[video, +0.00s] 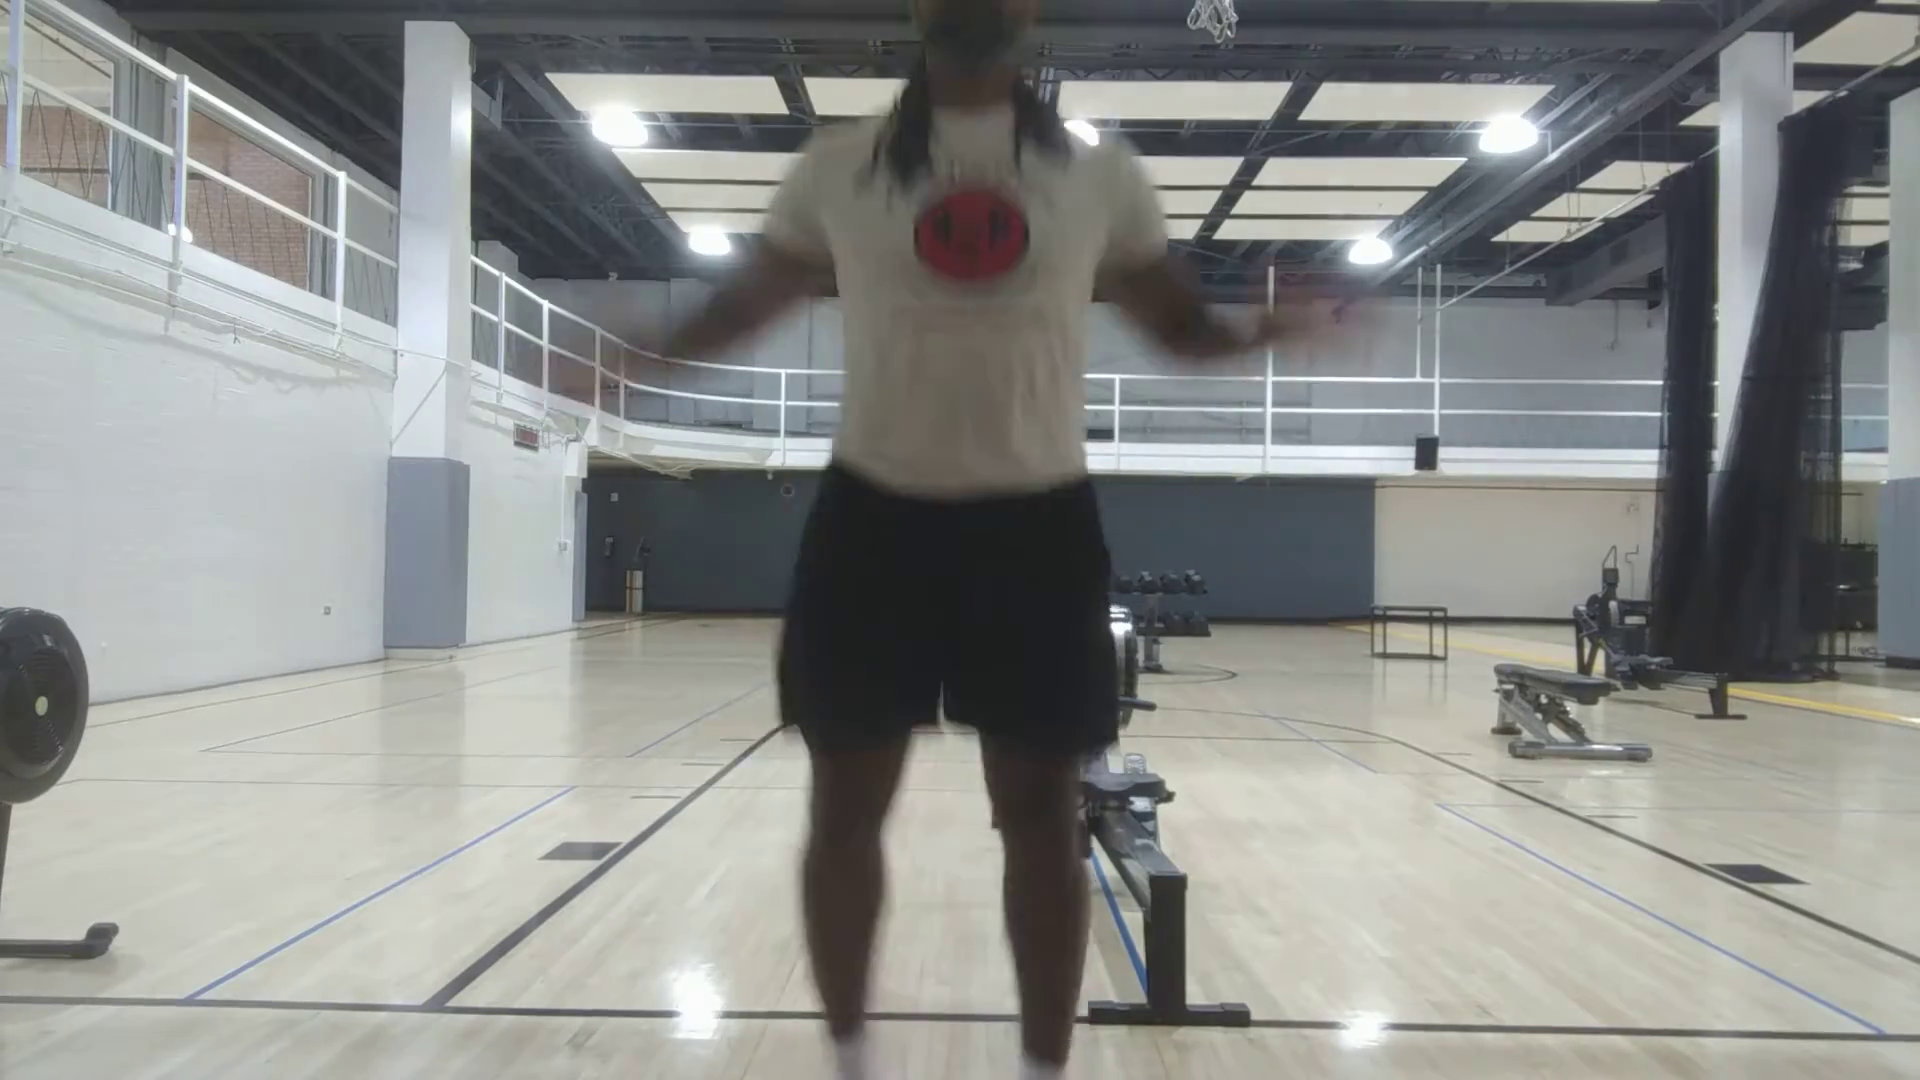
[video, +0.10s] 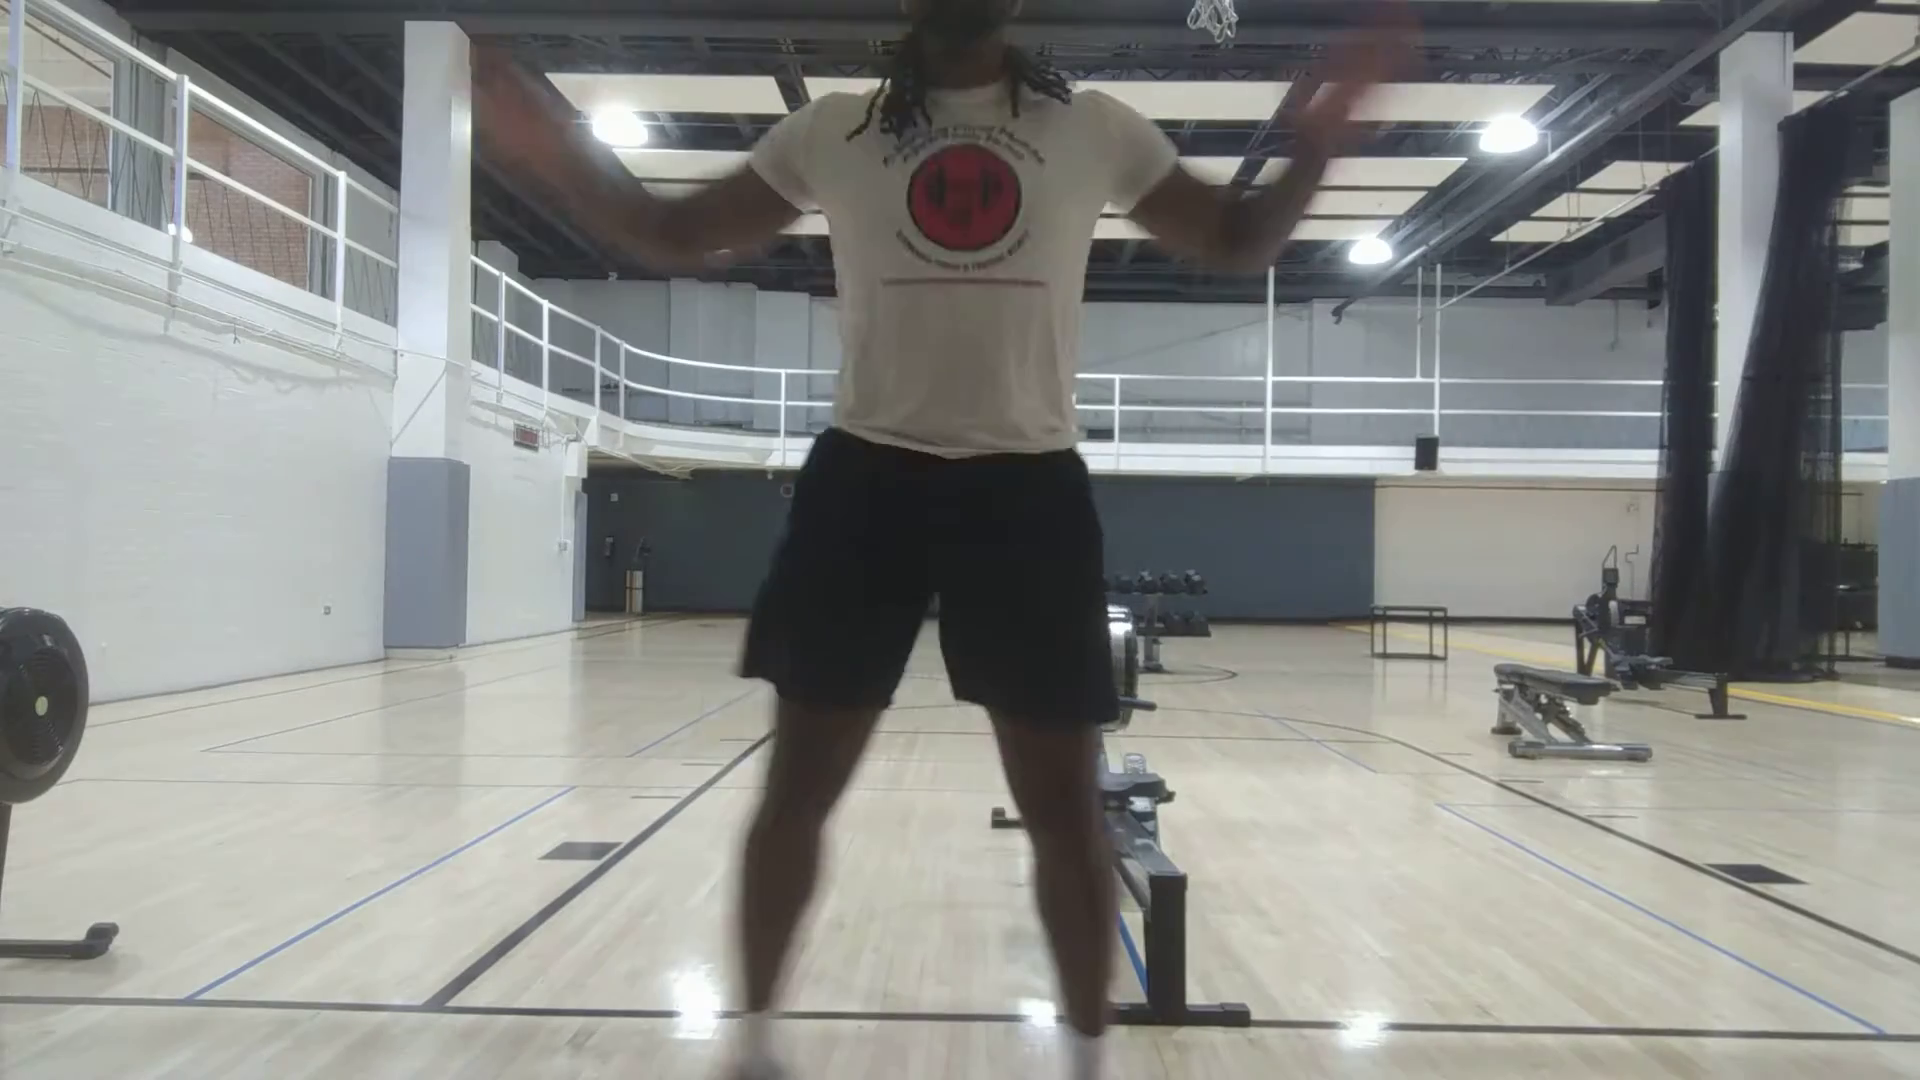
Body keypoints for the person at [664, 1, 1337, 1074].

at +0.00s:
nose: (974, 14)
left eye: (999, 4)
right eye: (954, 1)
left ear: (1033, 24)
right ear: (916, 17)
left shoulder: (1098, 177)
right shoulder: (844, 163)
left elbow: (1189, 332)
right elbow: (739, 309)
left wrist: (1274, 328)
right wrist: (642, 358)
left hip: (1035, 529)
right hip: (875, 524)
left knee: (1040, 816)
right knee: (845, 805)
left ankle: (1046, 1066)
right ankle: (848, 1056)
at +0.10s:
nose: (949, 19)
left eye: (970, 10)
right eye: (935, 10)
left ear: (1014, 21)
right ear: (912, 24)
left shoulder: (1092, 125)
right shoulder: (841, 127)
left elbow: (1236, 241)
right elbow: (668, 236)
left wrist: (1311, 146)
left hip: (1029, 495)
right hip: (865, 488)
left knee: (1063, 802)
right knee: (800, 782)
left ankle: (1090, 1056)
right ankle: (750, 1046)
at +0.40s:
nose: (937, 101)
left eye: (959, 83)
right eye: (916, 83)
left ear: (991, 100)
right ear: (885, 99)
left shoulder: (1062, 224)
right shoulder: (816, 224)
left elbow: (1247, 192)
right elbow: (639, 176)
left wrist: (1228, 58)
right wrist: (648, 62)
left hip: (1006, 582)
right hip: (842, 574)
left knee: (1067, 843)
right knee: (751, 821)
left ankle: (1114, 1066)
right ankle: (675, 1055)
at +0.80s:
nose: (918, 96)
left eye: (941, 77)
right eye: (898, 77)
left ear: (975, 105)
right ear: (868, 103)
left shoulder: (1036, 275)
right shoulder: (806, 269)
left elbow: (1074, 418)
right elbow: (758, 427)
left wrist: (1079, 477)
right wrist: (782, 483)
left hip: (988, 603)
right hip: (840, 600)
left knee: (983, 885)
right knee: (835, 878)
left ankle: (958, 1069)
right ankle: (855, 1069)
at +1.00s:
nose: (915, 6)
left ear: (968, 12)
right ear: (871, 11)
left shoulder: (1031, 134)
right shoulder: (801, 132)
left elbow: (1154, 276)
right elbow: (696, 254)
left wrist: (1236, 199)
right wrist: (569, 241)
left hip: (986, 474)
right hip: (833, 470)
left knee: (1005, 757)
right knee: (799, 751)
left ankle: (1023, 1024)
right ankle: (784, 1023)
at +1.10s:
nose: (911, 14)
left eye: (929, 0)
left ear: (966, 17)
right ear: (859, 19)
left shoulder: (1034, 129)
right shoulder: (796, 132)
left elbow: (1205, 194)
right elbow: (627, 199)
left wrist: (1242, 63)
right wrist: (534, 72)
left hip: (988, 482)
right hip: (828, 476)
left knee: (1049, 780)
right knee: (751, 768)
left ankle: (1111, 1040)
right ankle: (689, 1028)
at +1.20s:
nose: (907, 55)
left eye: (929, 34)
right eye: (886, 33)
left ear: (962, 62)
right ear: (854, 56)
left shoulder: (1032, 191)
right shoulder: (789, 196)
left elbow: (1210, 162)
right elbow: (619, 167)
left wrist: (1152, 33)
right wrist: (633, 35)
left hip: (989, 565)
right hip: (824, 560)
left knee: (1078, 845)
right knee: (715, 836)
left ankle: (1146, 1067)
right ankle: (636, 1062)